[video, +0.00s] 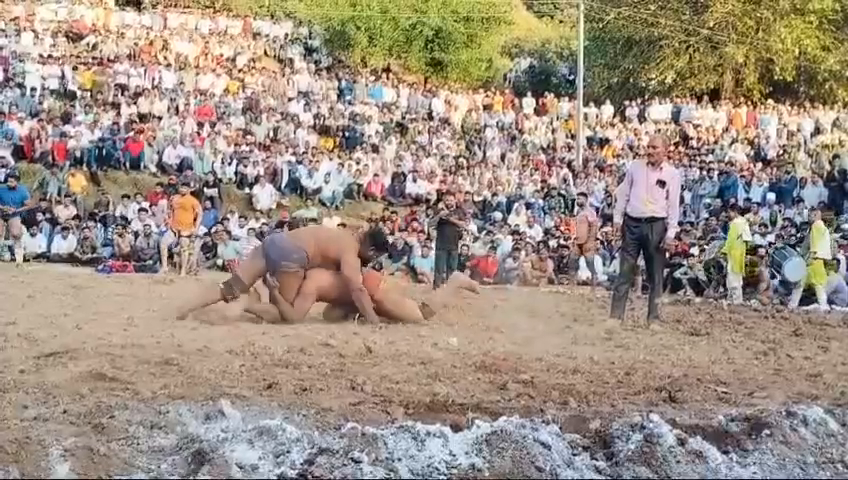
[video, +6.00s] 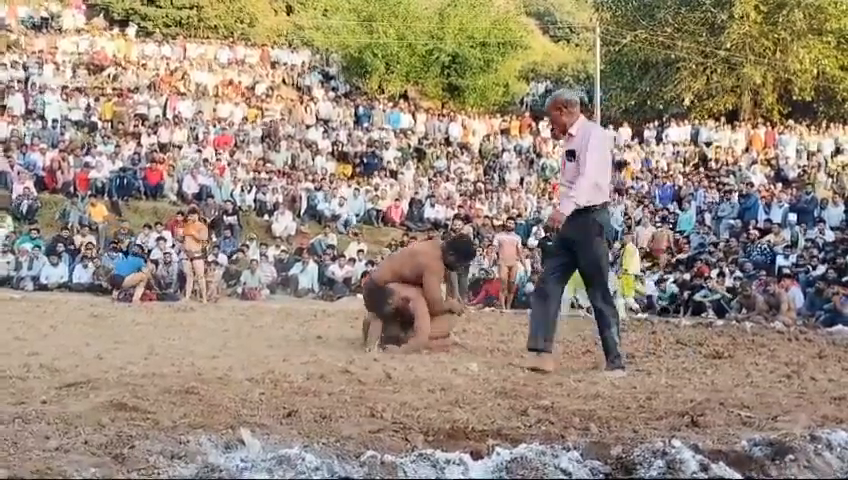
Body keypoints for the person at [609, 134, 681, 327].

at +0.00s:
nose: (650, 151)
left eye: (654, 148)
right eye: (649, 147)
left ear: (666, 150)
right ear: (646, 148)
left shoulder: (672, 173)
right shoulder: (635, 167)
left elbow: (673, 205)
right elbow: (622, 193)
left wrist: (671, 233)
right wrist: (617, 219)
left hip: (657, 222)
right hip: (632, 220)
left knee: (655, 273)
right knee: (625, 270)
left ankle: (653, 316)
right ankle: (616, 315)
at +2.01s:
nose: (645, 152)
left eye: (650, 149)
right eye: (644, 148)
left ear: (662, 151)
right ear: (642, 149)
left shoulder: (672, 171)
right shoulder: (635, 167)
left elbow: (676, 204)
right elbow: (626, 195)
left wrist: (674, 233)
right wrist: (621, 221)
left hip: (658, 223)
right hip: (634, 221)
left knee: (658, 273)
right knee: (624, 268)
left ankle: (659, 317)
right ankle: (622, 314)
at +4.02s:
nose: (649, 176)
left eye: (653, 172)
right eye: (647, 172)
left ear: (666, 168)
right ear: (646, 171)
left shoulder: (686, 187)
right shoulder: (642, 190)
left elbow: (694, 220)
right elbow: (637, 224)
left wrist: (691, 246)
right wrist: (634, 250)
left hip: (678, 249)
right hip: (651, 249)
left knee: (680, 305)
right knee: (652, 301)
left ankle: (683, 347)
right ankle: (648, 349)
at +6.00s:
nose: (551, 126)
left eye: (551, 119)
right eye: (549, 120)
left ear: (565, 111)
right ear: (565, 111)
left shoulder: (594, 135)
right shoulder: (572, 140)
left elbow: (590, 178)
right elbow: (571, 183)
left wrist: (563, 210)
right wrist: (559, 214)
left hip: (590, 217)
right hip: (570, 218)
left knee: (598, 291)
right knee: (548, 284)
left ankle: (615, 359)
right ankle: (540, 351)